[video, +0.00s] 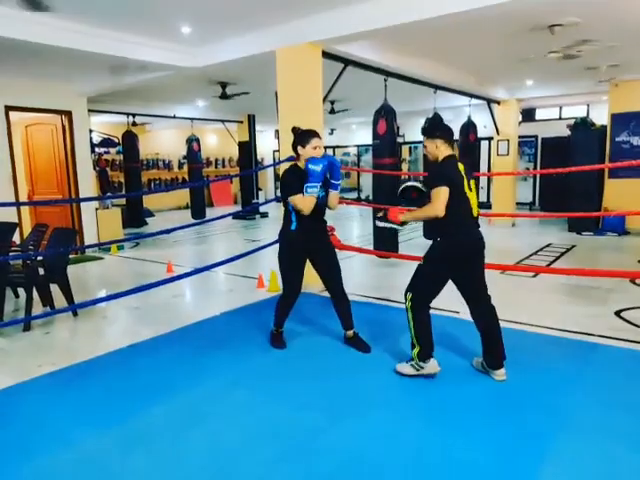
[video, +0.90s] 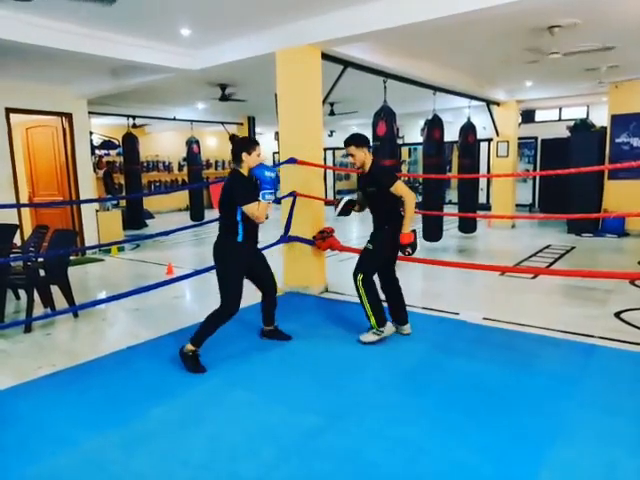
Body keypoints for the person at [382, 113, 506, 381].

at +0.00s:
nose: (425, 149)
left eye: (426, 144)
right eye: (424, 144)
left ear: (437, 143)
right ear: (447, 142)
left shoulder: (441, 170)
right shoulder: (460, 167)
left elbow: (437, 209)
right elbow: (455, 207)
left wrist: (404, 216)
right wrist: (418, 210)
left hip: (449, 246)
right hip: (471, 243)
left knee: (415, 296)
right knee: (480, 303)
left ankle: (423, 360)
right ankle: (495, 364)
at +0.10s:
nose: (413, 154)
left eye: (415, 149)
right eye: (412, 149)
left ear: (427, 148)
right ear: (435, 148)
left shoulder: (431, 172)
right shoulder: (451, 170)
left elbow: (412, 205)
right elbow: (441, 202)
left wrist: (374, 218)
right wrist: (412, 204)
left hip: (443, 247)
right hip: (467, 245)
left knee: (412, 297)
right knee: (477, 303)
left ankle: (413, 357)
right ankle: (495, 365)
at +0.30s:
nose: (382, 170)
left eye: (383, 165)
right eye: (381, 166)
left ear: (395, 163)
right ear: (404, 162)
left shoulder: (404, 182)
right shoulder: (426, 179)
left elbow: (381, 205)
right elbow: (436, 213)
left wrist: (355, 230)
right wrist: (410, 227)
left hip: (425, 248)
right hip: (447, 246)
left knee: (401, 300)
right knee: (442, 295)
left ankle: (410, 356)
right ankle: (476, 340)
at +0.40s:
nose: (374, 167)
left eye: (374, 162)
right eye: (372, 163)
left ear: (384, 157)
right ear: (393, 156)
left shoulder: (395, 177)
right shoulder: (417, 174)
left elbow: (378, 206)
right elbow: (438, 207)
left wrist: (356, 237)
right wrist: (406, 222)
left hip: (417, 243)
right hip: (437, 239)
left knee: (397, 300)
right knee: (425, 283)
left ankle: (409, 356)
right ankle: (453, 333)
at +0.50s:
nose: (368, 161)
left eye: (369, 156)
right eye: (367, 157)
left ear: (381, 152)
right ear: (386, 153)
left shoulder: (386, 175)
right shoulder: (408, 170)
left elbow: (381, 207)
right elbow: (429, 203)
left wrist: (367, 240)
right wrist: (411, 222)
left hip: (408, 239)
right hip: (426, 235)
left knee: (399, 296)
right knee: (417, 282)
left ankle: (409, 355)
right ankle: (425, 331)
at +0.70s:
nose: (363, 165)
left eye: (363, 159)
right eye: (361, 160)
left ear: (374, 155)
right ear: (379, 156)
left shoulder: (383, 175)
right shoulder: (395, 172)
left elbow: (396, 209)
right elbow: (400, 208)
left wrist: (393, 246)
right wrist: (373, 211)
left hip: (398, 240)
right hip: (409, 236)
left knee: (391, 295)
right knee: (400, 286)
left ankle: (409, 351)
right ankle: (399, 321)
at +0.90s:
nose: (352, 161)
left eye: (353, 155)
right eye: (349, 156)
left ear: (365, 151)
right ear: (357, 154)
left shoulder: (380, 173)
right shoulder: (363, 175)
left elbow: (409, 196)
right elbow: (364, 204)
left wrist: (406, 230)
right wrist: (353, 206)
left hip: (388, 232)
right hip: (383, 230)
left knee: (361, 275)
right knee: (387, 276)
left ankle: (380, 326)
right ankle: (401, 322)